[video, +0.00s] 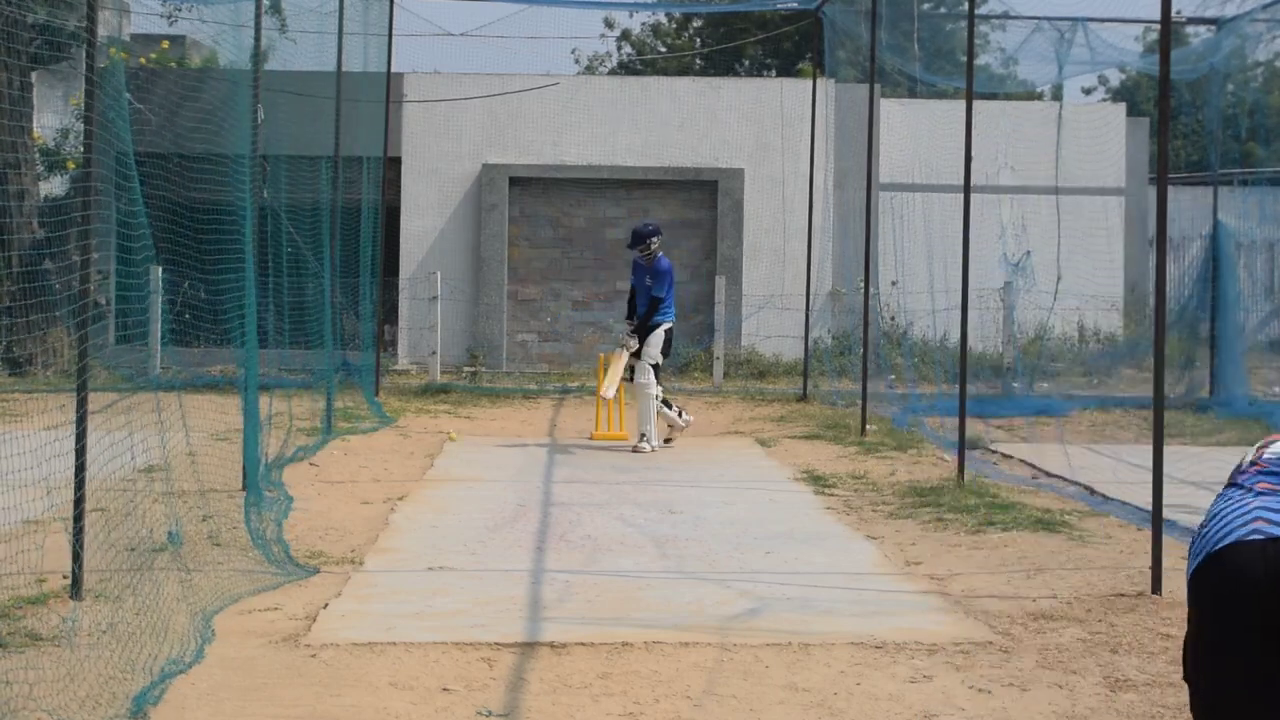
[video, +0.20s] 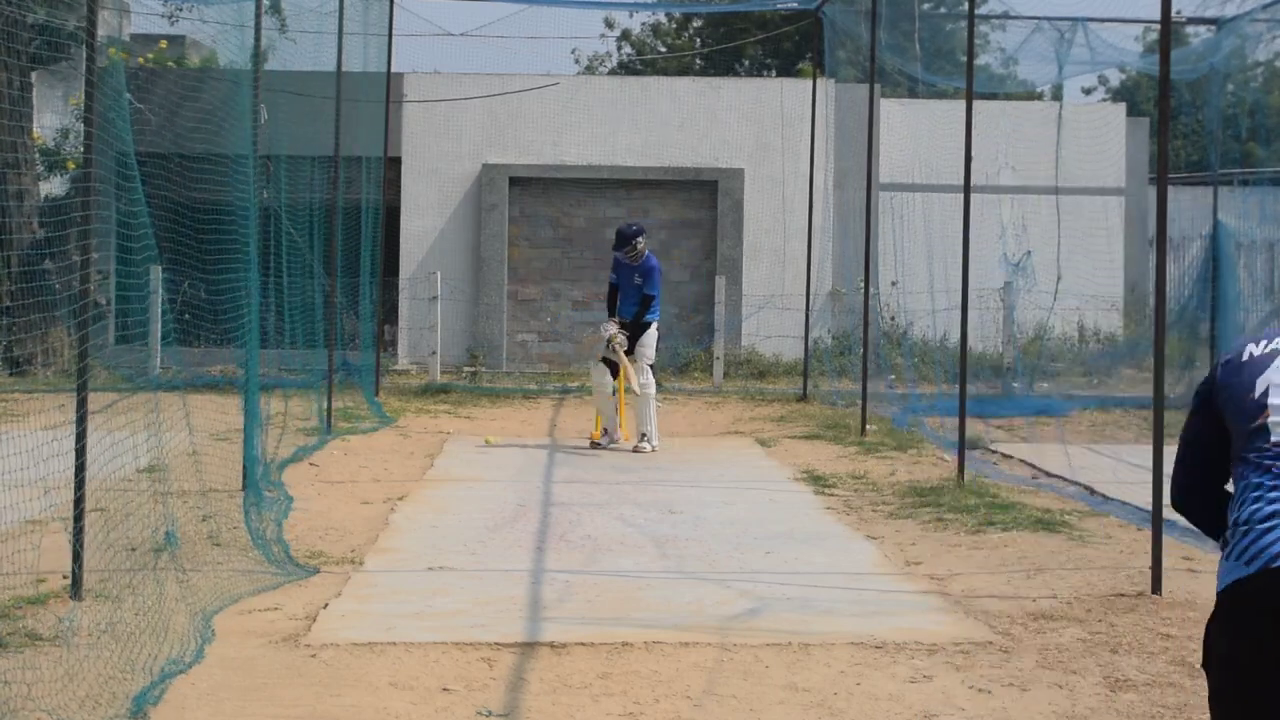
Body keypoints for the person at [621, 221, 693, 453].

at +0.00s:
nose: (640, 251)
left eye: (643, 246)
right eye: (638, 247)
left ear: (655, 243)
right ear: (638, 246)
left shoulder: (662, 267)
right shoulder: (638, 262)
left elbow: (655, 305)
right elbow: (633, 293)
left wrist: (636, 334)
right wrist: (631, 321)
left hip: (660, 327)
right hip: (642, 326)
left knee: (646, 376)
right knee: (636, 379)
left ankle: (648, 438)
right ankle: (676, 418)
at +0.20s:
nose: (625, 255)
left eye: (629, 250)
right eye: (622, 251)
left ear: (641, 244)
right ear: (618, 248)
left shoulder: (651, 267)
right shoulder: (619, 261)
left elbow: (645, 307)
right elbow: (613, 290)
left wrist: (628, 337)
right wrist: (612, 319)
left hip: (645, 326)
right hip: (623, 325)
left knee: (642, 376)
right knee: (601, 373)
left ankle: (647, 437)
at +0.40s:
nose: (605, 265)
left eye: (608, 261)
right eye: (601, 262)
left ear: (619, 252)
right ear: (595, 255)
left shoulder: (632, 270)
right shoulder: (592, 268)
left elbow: (637, 304)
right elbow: (584, 299)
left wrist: (626, 332)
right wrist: (581, 330)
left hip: (624, 330)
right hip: (597, 329)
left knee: (629, 381)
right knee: (580, 382)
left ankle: (645, 437)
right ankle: (564, 433)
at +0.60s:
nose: (588, 272)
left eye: (592, 268)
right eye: (585, 268)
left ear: (601, 259)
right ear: (578, 259)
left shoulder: (611, 268)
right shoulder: (569, 272)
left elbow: (621, 295)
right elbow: (561, 307)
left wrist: (635, 322)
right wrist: (555, 341)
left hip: (603, 330)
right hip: (575, 330)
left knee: (619, 381)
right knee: (572, 383)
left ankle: (623, 434)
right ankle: (566, 434)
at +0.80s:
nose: (587, 267)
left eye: (591, 263)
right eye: (583, 263)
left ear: (597, 255)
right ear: (575, 254)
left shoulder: (599, 264)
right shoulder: (564, 267)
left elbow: (599, 286)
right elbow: (553, 300)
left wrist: (615, 312)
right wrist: (544, 331)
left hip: (586, 325)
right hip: (562, 324)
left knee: (593, 377)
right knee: (567, 379)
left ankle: (575, 429)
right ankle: (562, 433)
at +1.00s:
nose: (588, 262)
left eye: (592, 259)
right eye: (586, 257)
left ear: (595, 253)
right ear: (578, 248)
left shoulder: (585, 264)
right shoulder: (561, 264)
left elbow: (581, 292)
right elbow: (540, 292)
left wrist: (594, 317)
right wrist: (533, 326)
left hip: (571, 323)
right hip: (555, 322)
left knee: (565, 378)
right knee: (565, 377)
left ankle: (539, 429)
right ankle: (561, 434)